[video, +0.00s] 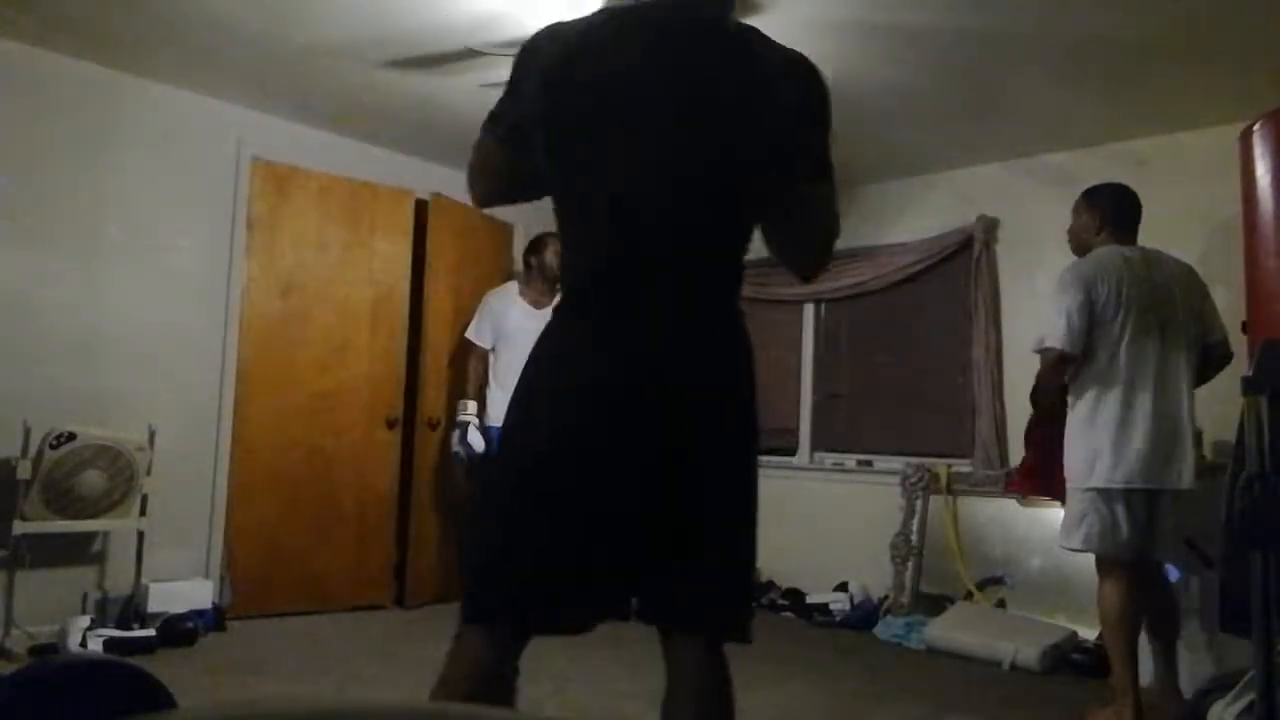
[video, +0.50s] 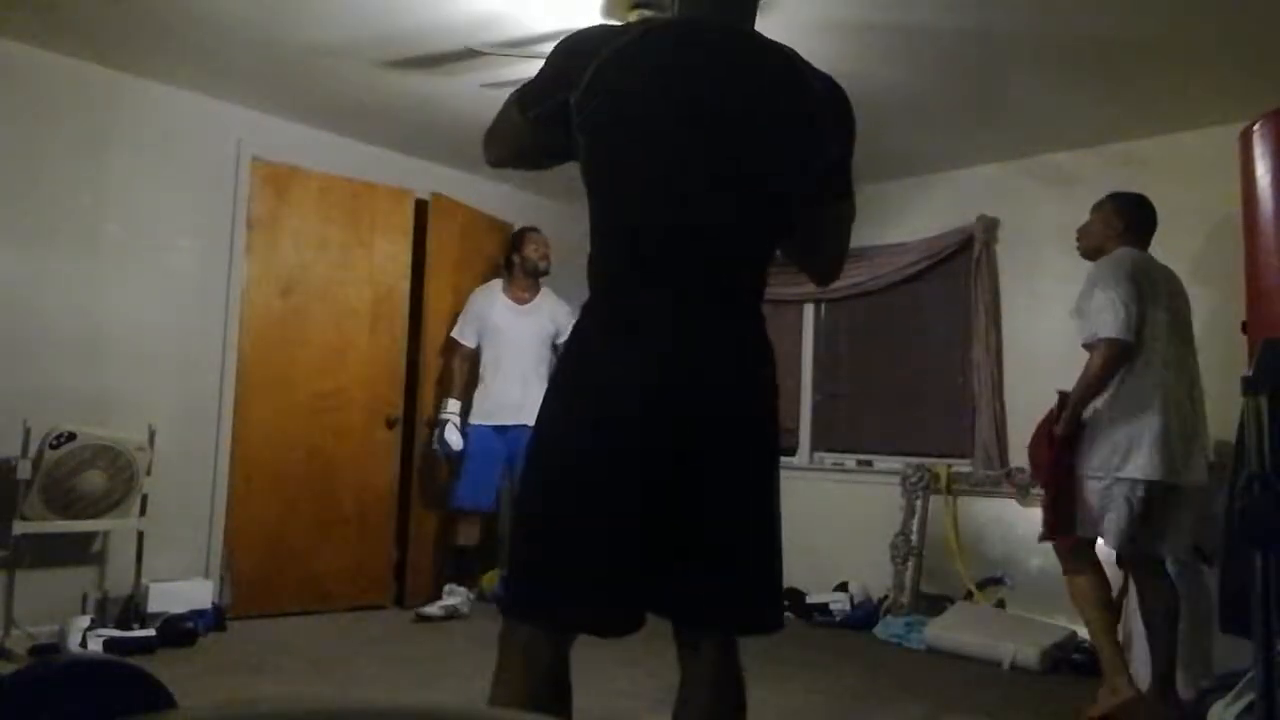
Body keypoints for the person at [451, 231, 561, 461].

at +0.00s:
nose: (558, 261)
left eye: (561, 255)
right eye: (552, 255)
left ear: (565, 262)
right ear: (532, 262)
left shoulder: (567, 306)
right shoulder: (497, 302)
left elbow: (576, 366)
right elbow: (478, 357)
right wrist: (470, 411)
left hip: (550, 422)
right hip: (502, 423)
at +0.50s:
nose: (545, 254)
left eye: (547, 249)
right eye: (536, 248)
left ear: (547, 259)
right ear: (515, 256)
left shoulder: (558, 310)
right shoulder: (484, 299)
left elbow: (578, 366)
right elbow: (462, 356)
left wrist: (570, 419)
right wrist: (451, 412)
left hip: (534, 424)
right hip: (485, 421)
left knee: (530, 509)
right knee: (469, 507)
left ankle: (526, 591)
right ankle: (459, 590)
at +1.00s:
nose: (465, 258)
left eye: (473, 251)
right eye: (460, 251)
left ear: (489, 256)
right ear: (453, 257)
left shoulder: (512, 301)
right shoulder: (441, 305)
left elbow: (528, 357)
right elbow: (426, 363)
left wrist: (522, 411)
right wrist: (413, 419)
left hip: (494, 420)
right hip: (446, 420)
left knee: (492, 510)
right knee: (451, 512)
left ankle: (493, 594)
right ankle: (450, 593)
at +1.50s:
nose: (432, 250)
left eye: (438, 244)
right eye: (427, 243)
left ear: (448, 250)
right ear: (417, 249)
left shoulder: (459, 299)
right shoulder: (408, 299)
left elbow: (464, 359)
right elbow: (396, 357)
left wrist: (460, 408)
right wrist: (388, 411)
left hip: (447, 414)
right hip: (409, 411)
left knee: (430, 506)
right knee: (391, 503)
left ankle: (424, 605)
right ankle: (376, 603)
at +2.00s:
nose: (384, 234)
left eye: (394, 228)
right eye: (379, 227)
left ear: (413, 236)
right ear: (373, 233)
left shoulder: (432, 284)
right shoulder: (366, 287)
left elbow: (450, 357)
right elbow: (358, 355)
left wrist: (439, 420)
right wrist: (331, 404)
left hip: (406, 416)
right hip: (364, 413)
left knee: (397, 513)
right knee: (379, 512)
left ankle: (382, 604)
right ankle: (397, 598)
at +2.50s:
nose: (316, 221)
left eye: (327, 214)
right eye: (311, 214)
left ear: (348, 223)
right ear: (306, 223)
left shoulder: (374, 272)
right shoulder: (303, 284)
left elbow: (395, 344)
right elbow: (301, 358)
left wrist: (375, 407)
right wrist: (280, 417)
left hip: (347, 414)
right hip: (300, 415)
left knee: (340, 514)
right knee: (294, 514)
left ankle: (368, 604)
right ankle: (295, 610)